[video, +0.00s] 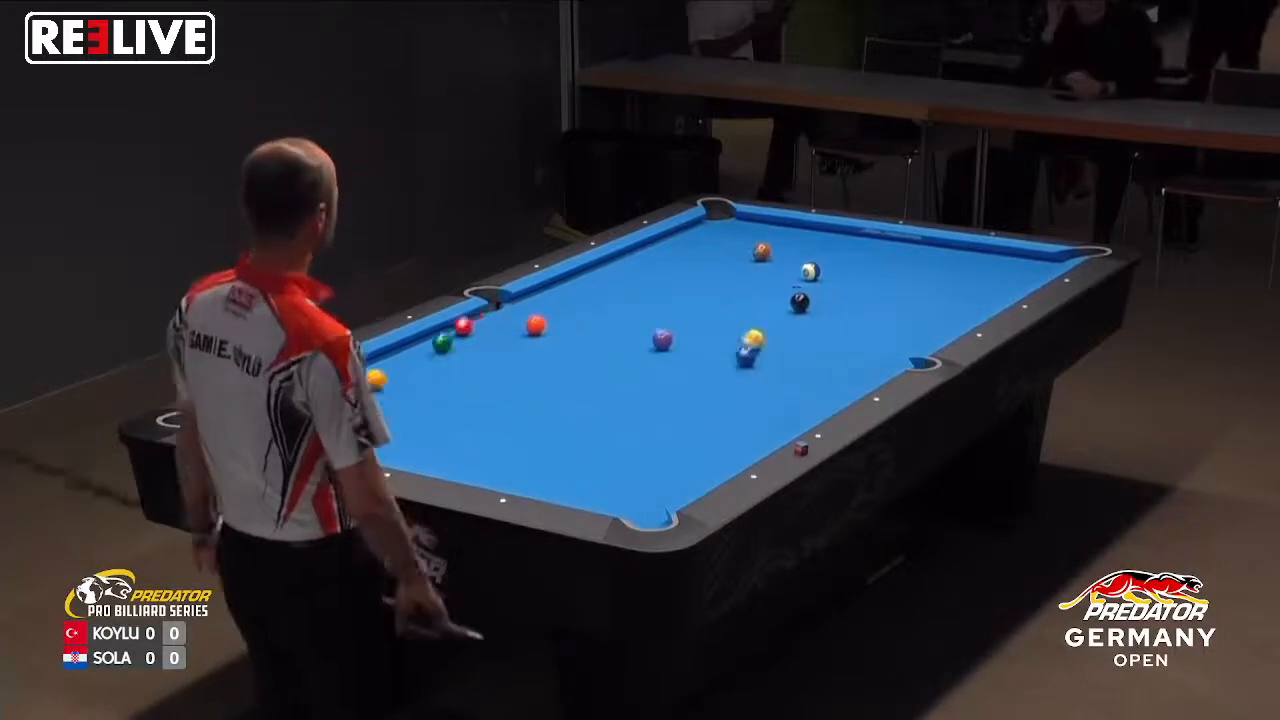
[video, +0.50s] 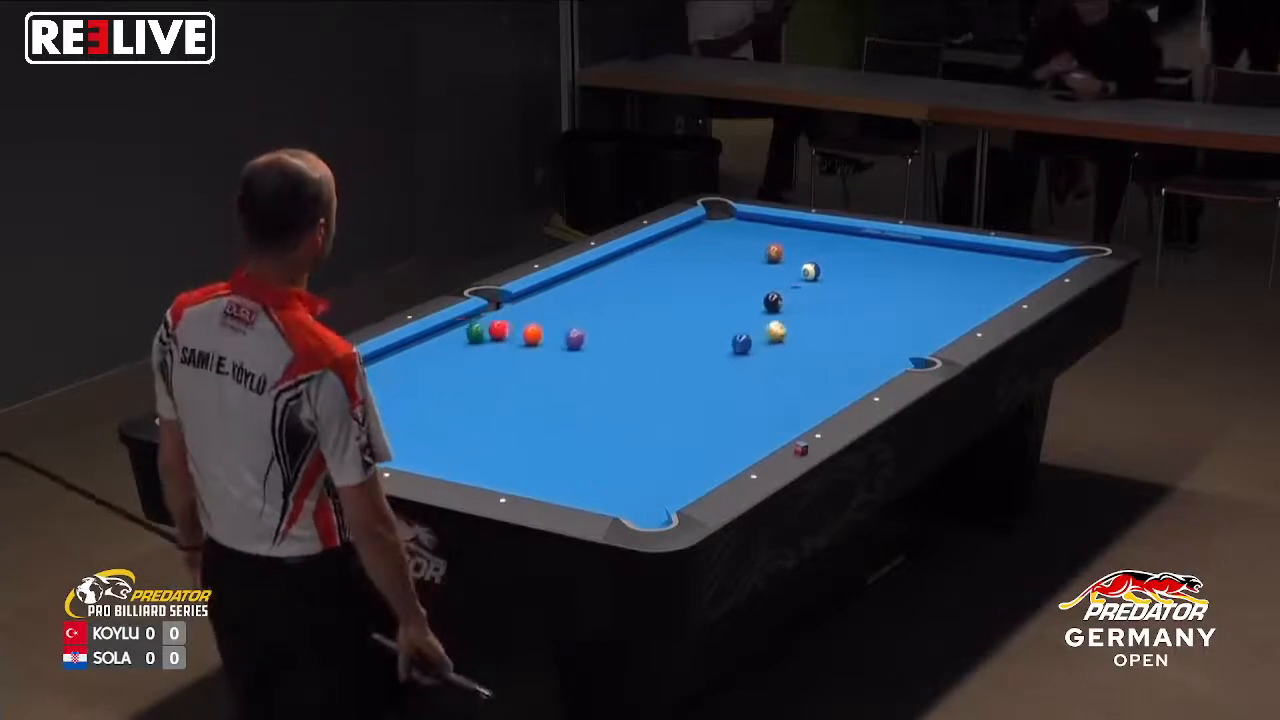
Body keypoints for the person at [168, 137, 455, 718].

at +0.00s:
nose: (336, 215)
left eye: (331, 200)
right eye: (334, 203)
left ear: (248, 207)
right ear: (320, 218)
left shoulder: (195, 305)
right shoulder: (320, 342)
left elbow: (189, 431)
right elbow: (365, 495)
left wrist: (201, 527)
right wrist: (412, 577)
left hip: (241, 561)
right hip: (319, 566)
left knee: (278, 696)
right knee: (351, 698)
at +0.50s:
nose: (334, 228)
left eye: (332, 213)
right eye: (334, 216)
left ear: (242, 218)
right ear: (320, 233)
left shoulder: (180, 320)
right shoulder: (324, 359)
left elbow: (172, 458)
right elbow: (368, 520)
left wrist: (190, 540)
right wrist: (412, 620)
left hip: (229, 577)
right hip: (314, 587)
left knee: (256, 705)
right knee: (338, 706)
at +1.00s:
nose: (325, 226)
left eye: (320, 210)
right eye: (323, 214)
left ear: (231, 223)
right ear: (312, 232)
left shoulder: (175, 321)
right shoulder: (315, 361)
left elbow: (169, 465)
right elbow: (361, 522)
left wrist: (188, 545)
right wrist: (410, 618)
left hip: (226, 576)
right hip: (310, 586)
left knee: (254, 705)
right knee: (330, 706)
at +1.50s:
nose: (315, 219)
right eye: (314, 208)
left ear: (222, 214)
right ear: (305, 220)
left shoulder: (165, 310)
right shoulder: (312, 344)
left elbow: (148, 459)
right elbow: (353, 508)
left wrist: (167, 539)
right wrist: (394, 604)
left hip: (203, 563)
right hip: (292, 573)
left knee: (221, 704)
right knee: (305, 703)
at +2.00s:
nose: (235, 196)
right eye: (235, 185)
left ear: (144, 195)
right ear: (226, 197)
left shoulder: (88, 296)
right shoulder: (255, 313)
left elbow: (66, 435)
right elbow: (299, 462)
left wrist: (90, 490)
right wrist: (322, 557)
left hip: (133, 534)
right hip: (233, 539)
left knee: (145, 693)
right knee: (256, 690)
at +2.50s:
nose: (145, 176)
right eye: (145, 165)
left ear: (61, 165)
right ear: (139, 172)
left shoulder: (17, 266)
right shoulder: (184, 271)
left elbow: (10, 388)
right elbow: (210, 411)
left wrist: (39, 409)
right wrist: (203, 491)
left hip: (60, 506)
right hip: (159, 498)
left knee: (94, 673)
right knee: (160, 669)